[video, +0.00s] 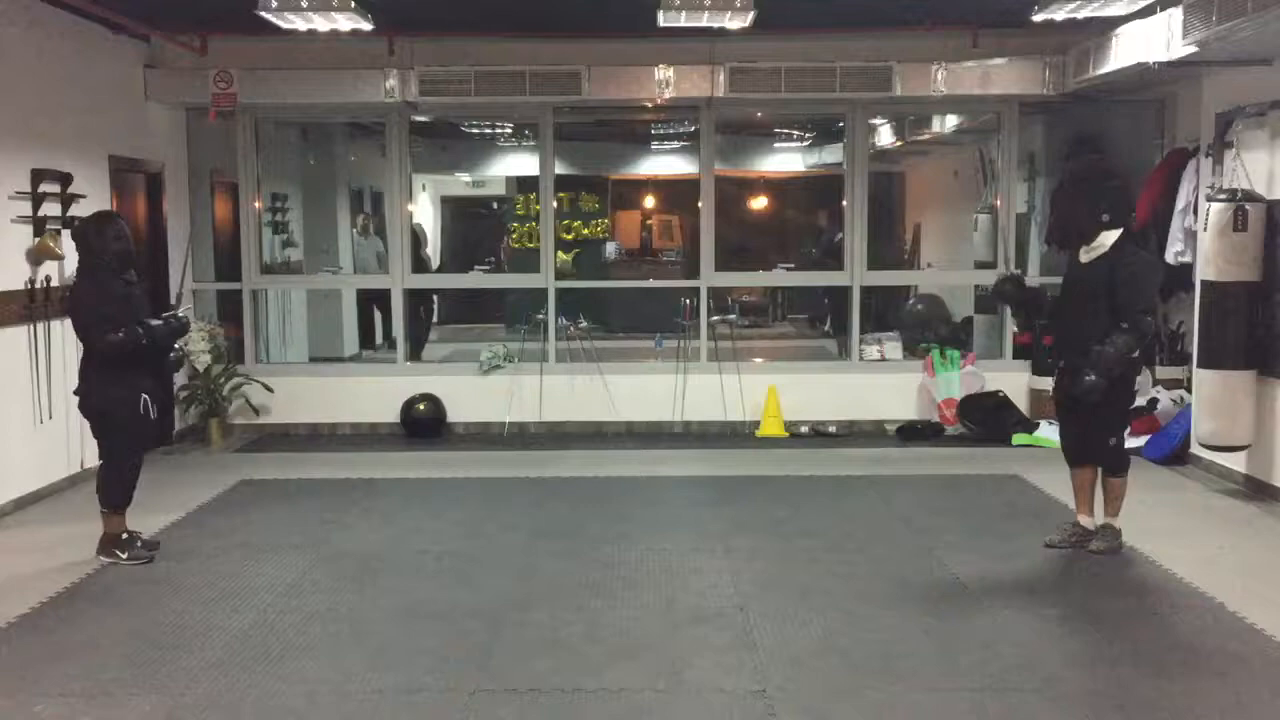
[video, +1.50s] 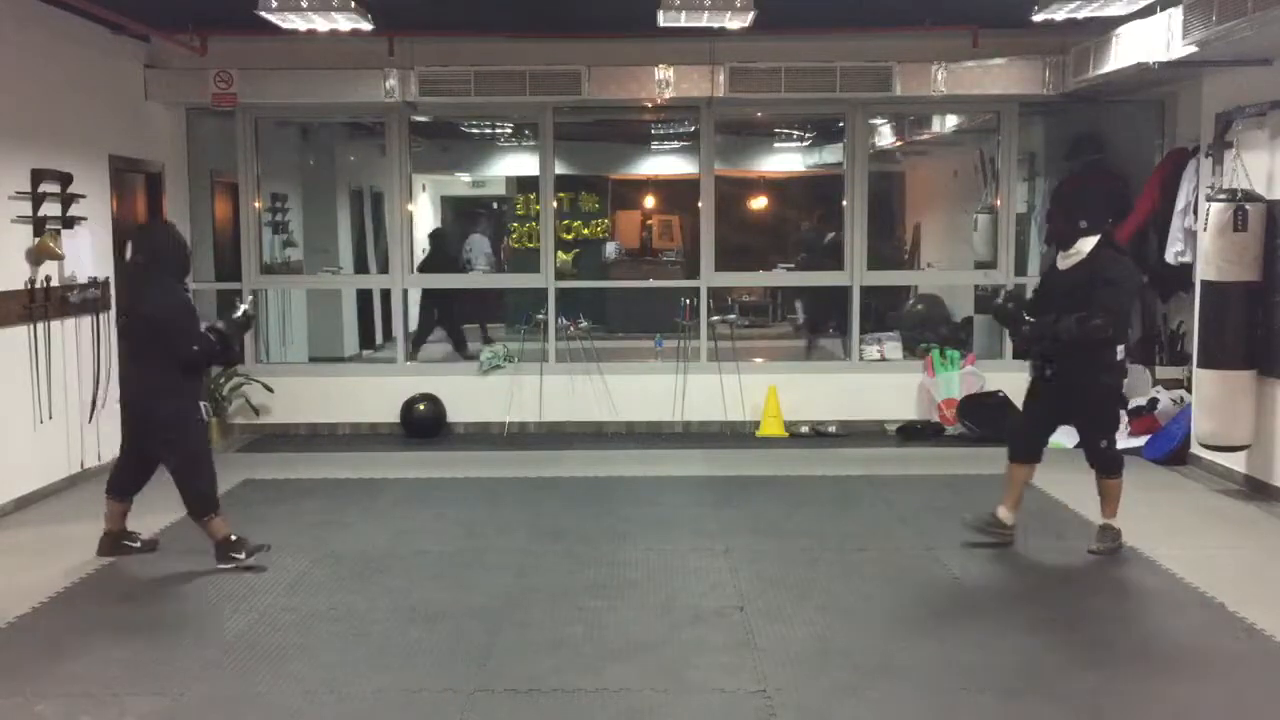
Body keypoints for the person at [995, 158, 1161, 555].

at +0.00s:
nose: (1063, 222)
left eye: (1069, 211)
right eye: (1064, 211)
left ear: (1098, 211)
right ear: (1086, 214)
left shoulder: (1131, 259)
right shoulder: (1081, 259)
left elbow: (1140, 327)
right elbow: (1066, 319)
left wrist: (1099, 369)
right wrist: (1027, 299)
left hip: (1112, 373)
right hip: (1074, 371)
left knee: (1110, 448)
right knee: (1077, 447)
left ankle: (1111, 528)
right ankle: (1083, 524)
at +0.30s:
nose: (1066, 223)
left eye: (1073, 213)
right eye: (1065, 213)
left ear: (1100, 212)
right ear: (1081, 214)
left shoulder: (1132, 259)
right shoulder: (1081, 258)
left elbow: (1140, 323)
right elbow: (1072, 319)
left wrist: (1096, 350)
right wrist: (1034, 311)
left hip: (1116, 366)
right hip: (1077, 365)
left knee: (1114, 444)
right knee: (1079, 443)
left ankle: (1111, 527)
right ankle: (1084, 524)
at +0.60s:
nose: (1067, 221)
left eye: (1074, 212)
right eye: (1067, 212)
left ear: (1098, 213)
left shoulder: (1135, 262)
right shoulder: (1080, 258)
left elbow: (1135, 326)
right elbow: (1076, 312)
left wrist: (1071, 335)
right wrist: (1045, 306)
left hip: (1119, 368)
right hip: (1081, 366)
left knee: (1114, 445)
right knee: (1079, 443)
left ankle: (1112, 528)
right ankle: (1084, 524)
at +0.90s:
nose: (1070, 222)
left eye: (1076, 213)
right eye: (1069, 213)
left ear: (1096, 212)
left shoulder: (1135, 262)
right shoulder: (1079, 259)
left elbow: (1134, 324)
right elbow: (1065, 312)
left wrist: (1074, 324)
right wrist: (1055, 324)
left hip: (1117, 368)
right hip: (1078, 365)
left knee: (1114, 445)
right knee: (1078, 442)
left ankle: (1111, 527)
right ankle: (1084, 523)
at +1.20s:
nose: (1065, 221)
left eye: (1072, 212)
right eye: (1065, 212)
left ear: (1092, 213)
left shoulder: (1129, 261)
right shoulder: (1075, 260)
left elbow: (1127, 322)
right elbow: (1059, 308)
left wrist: (1067, 332)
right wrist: (1040, 312)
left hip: (1110, 371)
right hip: (1070, 369)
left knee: (1110, 447)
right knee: (1064, 445)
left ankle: (1111, 528)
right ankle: (1081, 523)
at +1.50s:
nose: (1049, 222)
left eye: (1057, 214)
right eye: (1051, 214)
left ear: (1077, 216)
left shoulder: (1112, 263)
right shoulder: (1058, 263)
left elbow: (1108, 325)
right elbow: (1040, 314)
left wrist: (1046, 334)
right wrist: (1014, 315)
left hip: (1096, 376)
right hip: (1053, 374)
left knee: (1103, 451)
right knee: (1025, 440)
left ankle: (1109, 526)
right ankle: (1004, 518)